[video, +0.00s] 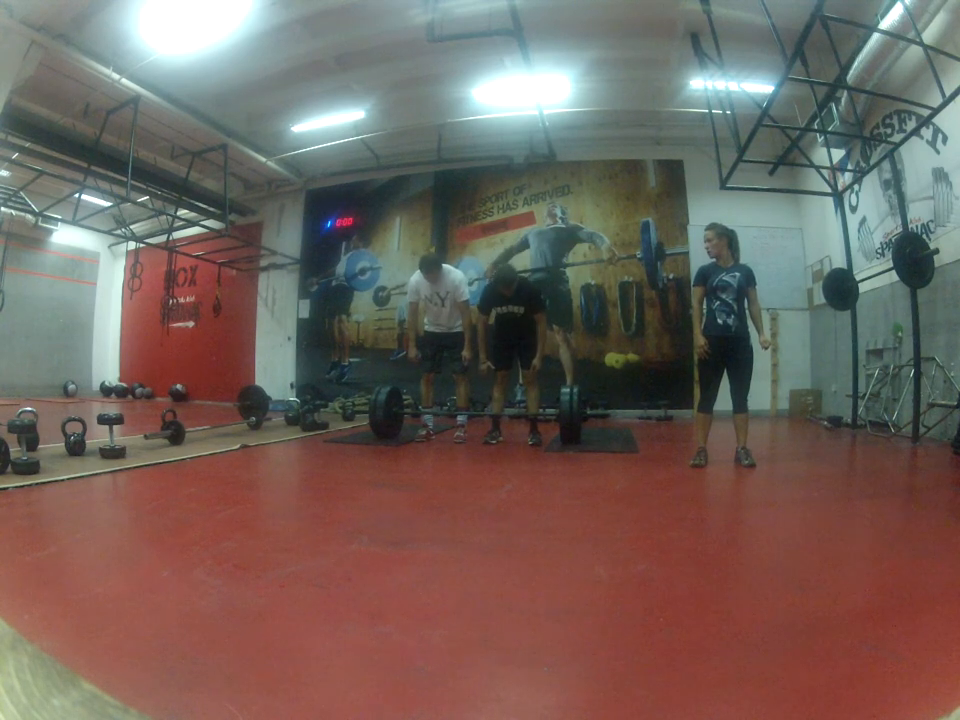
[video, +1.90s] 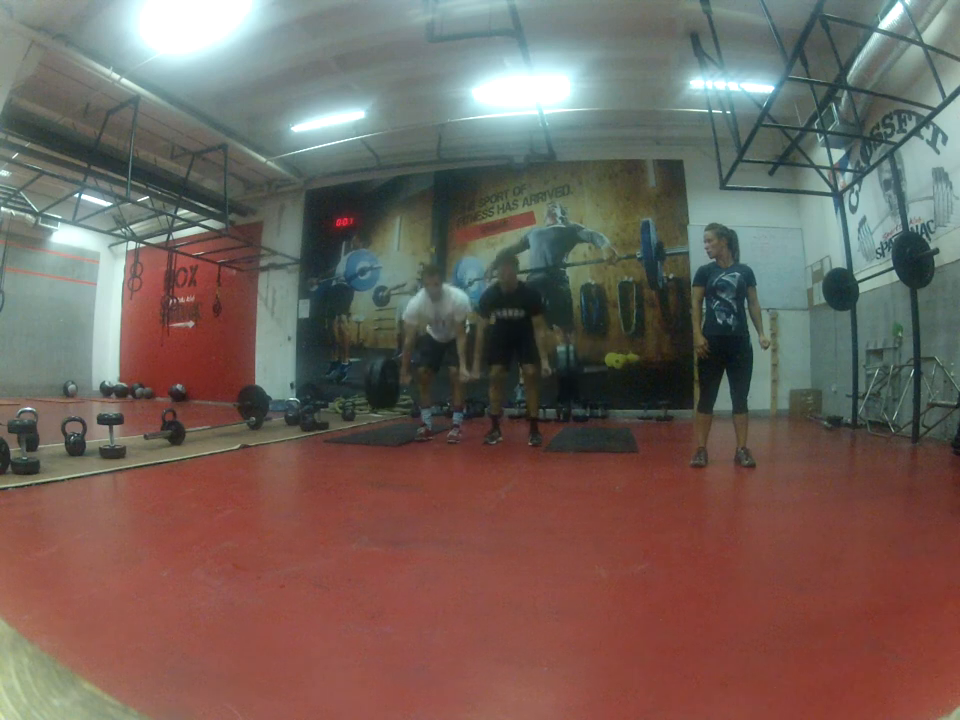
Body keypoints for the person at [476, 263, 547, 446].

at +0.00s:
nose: (507, 292)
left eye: (509, 289)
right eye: (503, 290)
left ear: (515, 282)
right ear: (497, 284)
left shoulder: (530, 290)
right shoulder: (490, 290)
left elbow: (541, 321)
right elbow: (482, 321)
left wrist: (539, 355)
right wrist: (482, 357)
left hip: (527, 341)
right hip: (501, 341)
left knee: (530, 379)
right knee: (500, 378)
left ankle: (534, 429)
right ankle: (495, 428)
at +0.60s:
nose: (507, 319)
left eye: (510, 315)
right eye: (504, 316)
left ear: (516, 309)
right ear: (497, 310)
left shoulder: (529, 311)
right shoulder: (489, 312)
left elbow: (541, 345)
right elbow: (479, 346)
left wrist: (543, 381)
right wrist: (479, 384)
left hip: (525, 338)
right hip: (501, 338)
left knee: (530, 376)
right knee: (498, 376)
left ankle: (534, 429)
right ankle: (495, 428)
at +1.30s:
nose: (509, 295)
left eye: (512, 290)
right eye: (505, 290)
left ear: (518, 288)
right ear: (499, 289)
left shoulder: (529, 306)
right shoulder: (489, 306)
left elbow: (540, 339)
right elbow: (481, 339)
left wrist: (546, 373)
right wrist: (477, 374)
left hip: (526, 345)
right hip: (500, 346)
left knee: (531, 380)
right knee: (496, 380)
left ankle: (534, 430)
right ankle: (495, 429)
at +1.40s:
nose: (509, 265)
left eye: (513, 261)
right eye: (506, 261)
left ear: (518, 262)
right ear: (499, 263)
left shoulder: (529, 287)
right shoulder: (490, 287)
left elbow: (538, 320)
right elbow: (482, 319)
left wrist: (544, 351)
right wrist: (477, 351)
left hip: (526, 342)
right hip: (499, 342)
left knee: (530, 382)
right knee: (497, 383)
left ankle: (534, 430)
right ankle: (495, 428)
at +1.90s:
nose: (506, 276)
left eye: (510, 272)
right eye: (503, 272)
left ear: (516, 272)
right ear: (497, 273)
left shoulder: (530, 293)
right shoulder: (490, 295)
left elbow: (539, 327)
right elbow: (481, 328)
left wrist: (544, 360)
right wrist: (476, 363)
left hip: (525, 341)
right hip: (499, 342)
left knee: (531, 374)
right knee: (496, 377)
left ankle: (534, 428)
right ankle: (495, 428)